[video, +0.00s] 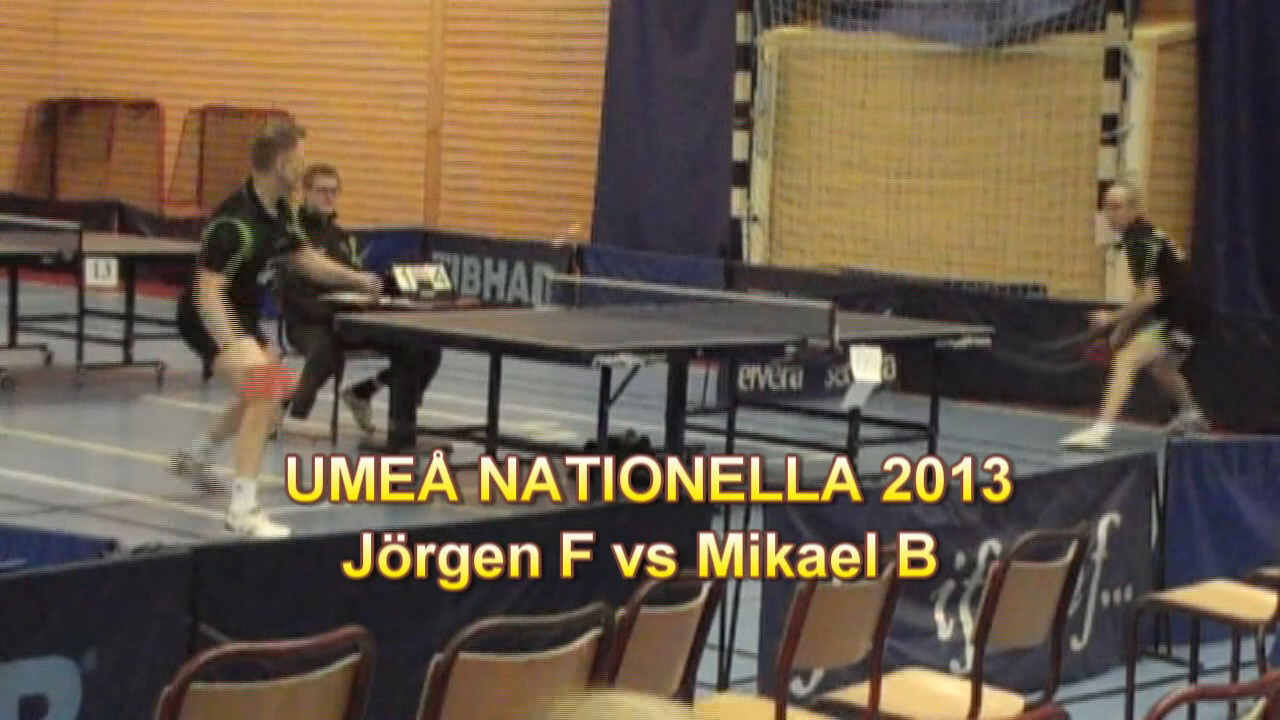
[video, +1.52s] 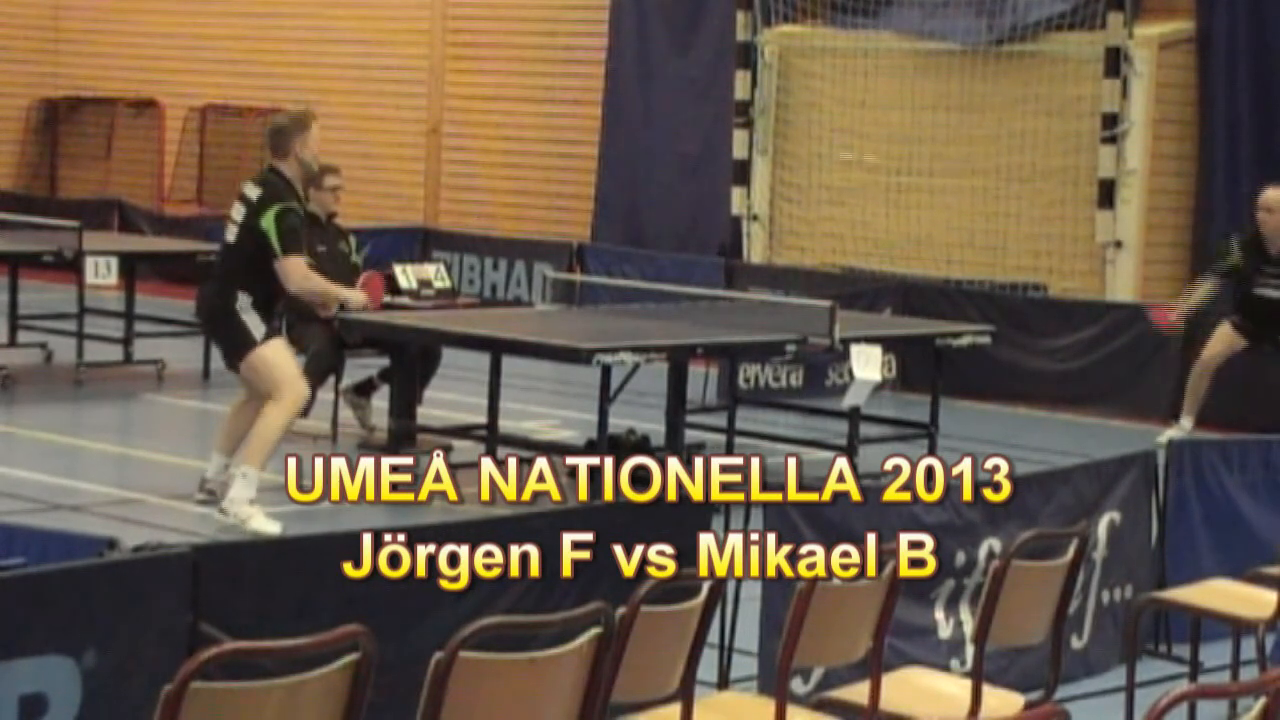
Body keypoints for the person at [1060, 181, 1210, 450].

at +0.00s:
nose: (1110, 215)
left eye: (1117, 207)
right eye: (1107, 208)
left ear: (1134, 209)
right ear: (1104, 210)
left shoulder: (1147, 241)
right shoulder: (1134, 239)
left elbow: (1151, 295)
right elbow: (1144, 295)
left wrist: (1114, 317)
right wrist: (1121, 329)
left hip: (1182, 316)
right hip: (1177, 313)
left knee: (1126, 360)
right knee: (1163, 367)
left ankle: (1102, 428)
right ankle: (1191, 413)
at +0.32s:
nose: (1144, 195)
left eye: (1150, 188)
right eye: (1141, 188)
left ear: (1164, 190)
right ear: (1139, 192)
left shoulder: (1185, 217)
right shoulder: (1151, 226)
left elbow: (1218, 255)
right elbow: (1156, 274)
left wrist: (1186, 294)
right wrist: (1140, 310)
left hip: (1214, 295)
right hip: (1181, 297)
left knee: (1190, 346)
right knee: (1157, 351)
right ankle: (1194, 410)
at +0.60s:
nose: (1184, 214)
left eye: (1189, 207)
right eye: (1179, 208)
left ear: (1202, 209)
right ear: (1173, 211)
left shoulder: (1224, 241)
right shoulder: (1176, 244)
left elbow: (1258, 277)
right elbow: (1176, 290)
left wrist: (1235, 317)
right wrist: (1161, 321)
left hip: (1243, 319)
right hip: (1201, 319)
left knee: (1271, 371)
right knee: (1165, 350)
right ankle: (1164, 411)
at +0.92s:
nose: (1253, 227)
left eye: (1259, 220)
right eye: (1250, 220)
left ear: (1275, 223)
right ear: (1244, 224)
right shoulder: (1241, 256)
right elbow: (1231, 306)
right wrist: (1248, 351)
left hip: (1274, 311)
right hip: (1250, 309)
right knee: (1201, 344)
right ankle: (1195, 413)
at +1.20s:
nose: (1242, 229)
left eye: (1249, 223)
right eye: (1239, 222)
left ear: (1268, 224)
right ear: (1235, 224)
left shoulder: (1275, 258)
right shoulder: (1230, 256)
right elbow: (1195, 288)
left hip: (1270, 328)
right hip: (1233, 325)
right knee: (1188, 342)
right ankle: (1181, 423)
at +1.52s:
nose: (1260, 217)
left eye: (1268, 211)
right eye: (1259, 209)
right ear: (1255, 212)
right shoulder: (1246, 247)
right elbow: (1212, 279)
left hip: (1275, 322)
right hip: (1250, 319)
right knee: (1207, 358)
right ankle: (1185, 422)